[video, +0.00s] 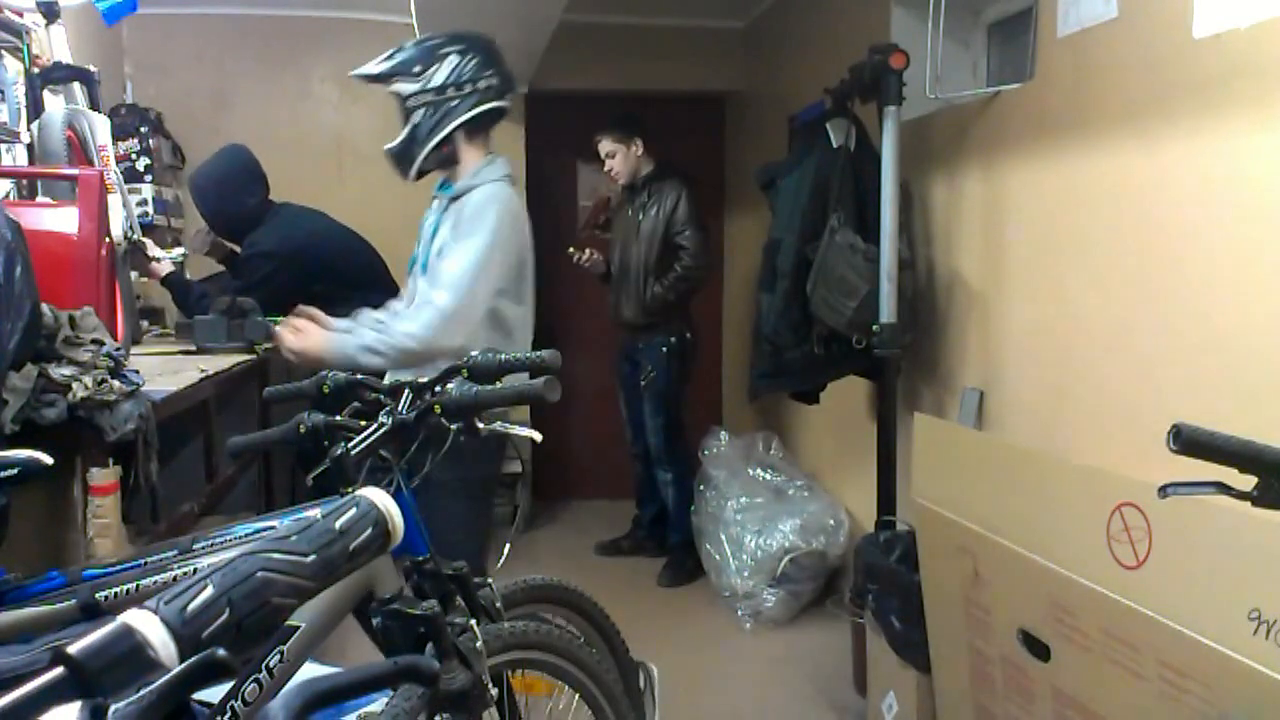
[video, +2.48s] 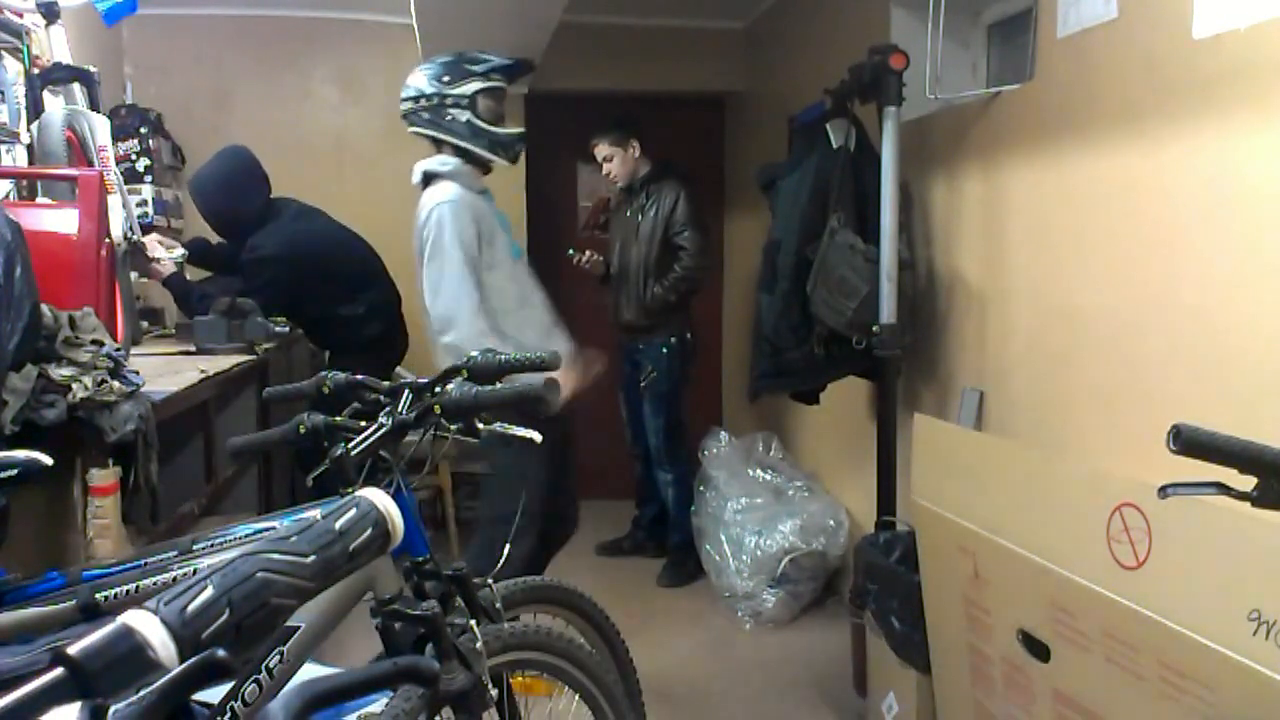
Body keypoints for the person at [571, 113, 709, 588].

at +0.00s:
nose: (607, 167)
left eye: (611, 156)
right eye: (603, 160)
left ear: (638, 148)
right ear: (613, 160)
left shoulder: (672, 192)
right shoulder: (625, 204)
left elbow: (694, 262)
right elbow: (625, 267)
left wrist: (654, 298)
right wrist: (602, 265)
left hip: (664, 335)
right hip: (632, 334)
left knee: (664, 442)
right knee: (640, 442)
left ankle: (683, 545)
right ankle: (649, 530)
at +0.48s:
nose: (609, 167)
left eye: (613, 157)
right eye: (604, 160)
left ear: (640, 148)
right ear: (613, 161)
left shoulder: (674, 193)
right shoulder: (626, 204)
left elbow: (695, 262)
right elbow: (626, 263)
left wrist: (656, 298)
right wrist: (603, 266)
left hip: (666, 335)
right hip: (633, 334)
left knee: (664, 441)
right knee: (640, 441)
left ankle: (684, 545)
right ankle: (649, 530)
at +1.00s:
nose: (608, 168)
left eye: (613, 157)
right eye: (604, 161)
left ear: (640, 149)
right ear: (612, 163)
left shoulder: (674, 193)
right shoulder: (624, 205)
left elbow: (697, 261)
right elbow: (623, 263)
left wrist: (658, 296)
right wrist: (602, 268)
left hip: (667, 335)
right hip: (633, 334)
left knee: (664, 440)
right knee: (640, 440)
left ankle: (684, 545)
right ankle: (649, 529)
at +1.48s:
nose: (609, 169)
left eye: (612, 158)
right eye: (604, 162)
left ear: (639, 149)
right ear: (611, 164)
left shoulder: (672, 193)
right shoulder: (626, 203)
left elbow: (695, 261)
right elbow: (627, 267)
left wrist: (657, 297)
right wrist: (605, 268)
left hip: (666, 336)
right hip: (634, 335)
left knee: (663, 442)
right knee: (640, 442)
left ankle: (683, 545)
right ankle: (649, 531)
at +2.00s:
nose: (607, 170)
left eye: (610, 159)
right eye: (602, 163)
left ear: (636, 149)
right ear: (610, 163)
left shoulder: (671, 193)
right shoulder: (626, 204)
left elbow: (694, 262)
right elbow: (627, 266)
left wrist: (655, 297)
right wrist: (605, 268)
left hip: (665, 334)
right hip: (632, 333)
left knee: (663, 441)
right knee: (640, 441)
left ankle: (684, 545)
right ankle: (650, 530)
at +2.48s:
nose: (605, 171)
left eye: (608, 160)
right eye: (600, 164)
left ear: (635, 150)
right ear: (610, 163)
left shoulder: (670, 193)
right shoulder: (624, 204)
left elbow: (693, 261)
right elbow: (626, 266)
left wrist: (655, 298)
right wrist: (603, 268)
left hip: (664, 336)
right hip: (631, 335)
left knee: (664, 443)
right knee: (640, 441)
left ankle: (684, 546)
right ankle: (649, 531)